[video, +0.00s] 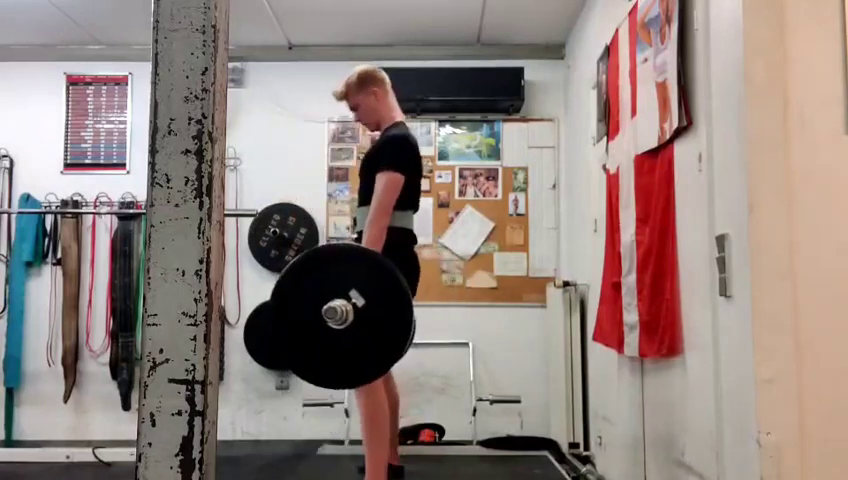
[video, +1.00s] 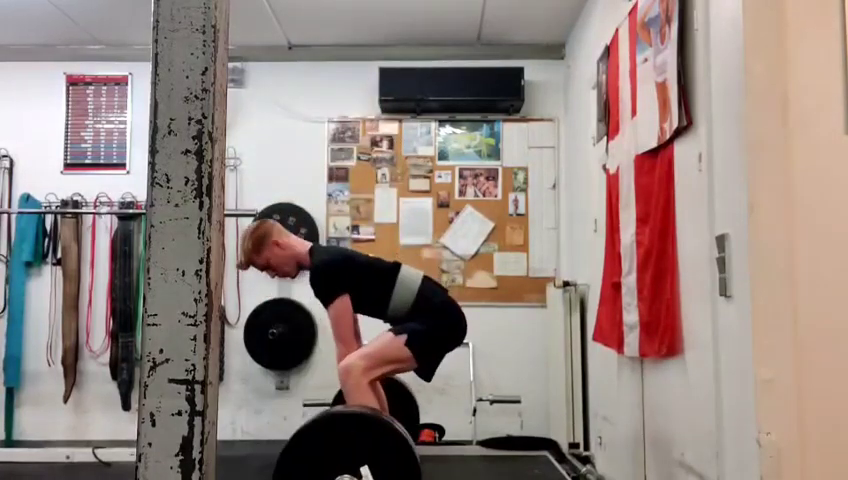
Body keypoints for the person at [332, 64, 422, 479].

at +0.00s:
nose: (357, 119)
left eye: (357, 109)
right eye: (354, 111)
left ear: (378, 95)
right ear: (379, 98)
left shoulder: (396, 142)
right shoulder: (393, 140)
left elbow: (381, 215)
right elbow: (381, 215)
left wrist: (361, 276)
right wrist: (360, 273)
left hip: (386, 261)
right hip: (391, 261)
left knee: (366, 368)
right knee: (378, 366)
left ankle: (375, 474)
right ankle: (389, 461)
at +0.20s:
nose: (294, 167)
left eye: (292, 157)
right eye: (289, 160)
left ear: (309, 145)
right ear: (312, 147)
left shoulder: (341, 181)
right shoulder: (343, 180)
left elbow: (354, 261)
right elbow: (355, 261)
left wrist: (351, 326)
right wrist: (352, 325)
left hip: (428, 275)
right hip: (421, 274)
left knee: (387, 365)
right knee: (387, 364)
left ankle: (381, 473)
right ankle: (386, 467)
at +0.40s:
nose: (263, 264)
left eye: (263, 250)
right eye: (258, 256)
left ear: (288, 233)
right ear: (293, 235)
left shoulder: (319, 272)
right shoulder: (324, 266)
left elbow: (349, 345)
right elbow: (354, 340)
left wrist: (349, 410)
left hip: (445, 300)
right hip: (435, 298)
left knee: (369, 365)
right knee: (372, 365)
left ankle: (385, 461)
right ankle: (386, 457)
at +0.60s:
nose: (274, 287)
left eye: (267, 278)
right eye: (266, 284)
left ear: (274, 253)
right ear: (274, 252)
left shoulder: (316, 267)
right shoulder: (322, 261)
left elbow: (345, 347)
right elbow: (352, 342)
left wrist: (348, 417)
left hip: (440, 305)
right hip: (437, 302)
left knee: (358, 368)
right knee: (371, 369)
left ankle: (379, 457)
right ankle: (391, 451)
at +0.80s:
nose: (272, 279)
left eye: (267, 269)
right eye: (265, 275)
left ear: (278, 243)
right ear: (279, 243)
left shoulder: (321, 269)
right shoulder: (325, 263)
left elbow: (343, 352)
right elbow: (352, 345)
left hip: (437, 317)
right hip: (433, 314)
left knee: (348, 370)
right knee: (362, 370)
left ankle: (371, 452)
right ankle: (388, 447)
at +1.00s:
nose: (271, 275)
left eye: (266, 266)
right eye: (264, 271)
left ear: (280, 244)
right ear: (282, 240)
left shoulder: (325, 269)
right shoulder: (327, 262)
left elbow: (347, 347)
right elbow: (353, 343)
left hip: (439, 320)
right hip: (434, 317)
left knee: (351, 369)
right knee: (363, 371)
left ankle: (373, 454)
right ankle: (386, 449)